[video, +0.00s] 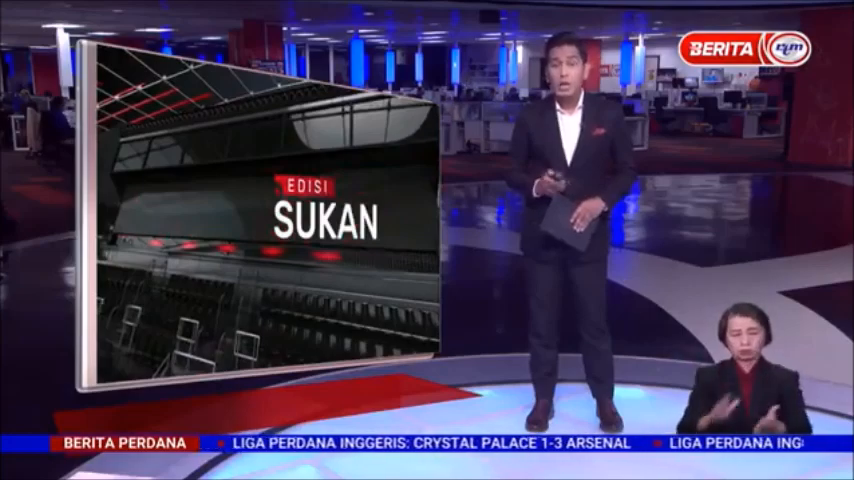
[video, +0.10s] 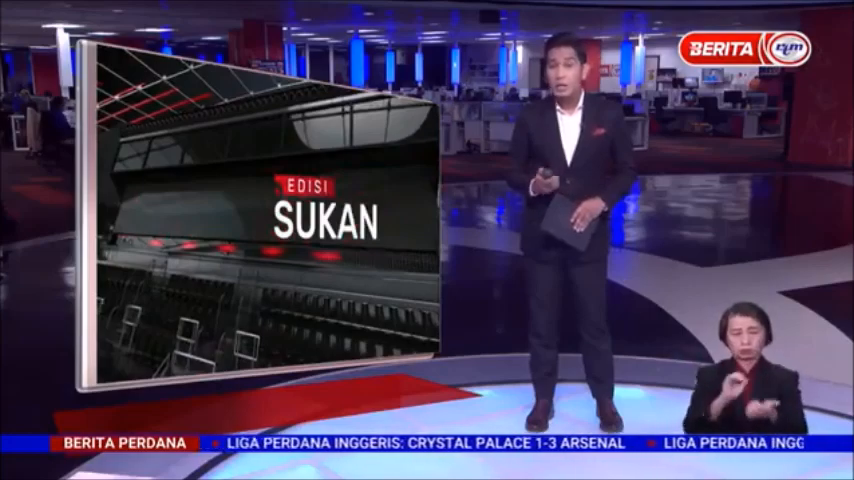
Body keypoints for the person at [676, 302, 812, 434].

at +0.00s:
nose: (745, 341)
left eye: (752, 333)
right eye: (736, 334)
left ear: (765, 337)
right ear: (725, 340)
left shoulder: (785, 379)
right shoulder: (708, 377)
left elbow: (804, 432)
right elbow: (684, 430)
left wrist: (777, 428)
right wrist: (710, 419)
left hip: (770, 465)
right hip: (716, 464)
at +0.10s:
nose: (745, 340)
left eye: (753, 332)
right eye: (737, 333)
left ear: (766, 336)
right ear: (726, 339)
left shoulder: (784, 379)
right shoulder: (709, 376)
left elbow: (799, 430)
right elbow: (691, 428)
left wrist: (772, 415)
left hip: (769, 461)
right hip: (717, 460)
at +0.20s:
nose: (746, 339)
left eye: (753, 331)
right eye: (737, 332)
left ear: (766, 336)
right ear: (726, 338)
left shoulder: (783, 378)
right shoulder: (711, 375)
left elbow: (795, 429)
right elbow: (696, 424)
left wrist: (767, 404)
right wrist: (729, 393)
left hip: (769, 458)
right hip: (719, 457)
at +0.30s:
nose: (746, 339)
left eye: (754, 331)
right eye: (737, 332)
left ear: (767, 336)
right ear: (727, 338)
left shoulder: (785, 378)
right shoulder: (712, 375)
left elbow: (797, 427)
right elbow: (698, 425)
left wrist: (760, 396)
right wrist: (731, 400)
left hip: (772, 458)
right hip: (722, 458)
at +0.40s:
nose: (747, 339)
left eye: (755, 331)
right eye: (738, 332)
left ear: (767, 336)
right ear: (727, 338)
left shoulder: (785, 378)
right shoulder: (712, 376)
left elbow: (800, 427)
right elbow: (696, 428)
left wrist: (758, 402)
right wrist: (725, 406)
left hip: (772, 459)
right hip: (721, 459)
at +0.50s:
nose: (746, 339)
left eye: (754, 331)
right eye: (737, 332)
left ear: (767, 336)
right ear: (727, 338)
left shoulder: (785, 379)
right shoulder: (712, 375)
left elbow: (801, 429)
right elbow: (694, 424)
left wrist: (761, 420)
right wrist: (724, 392)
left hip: (769, 461)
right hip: (719, 459)